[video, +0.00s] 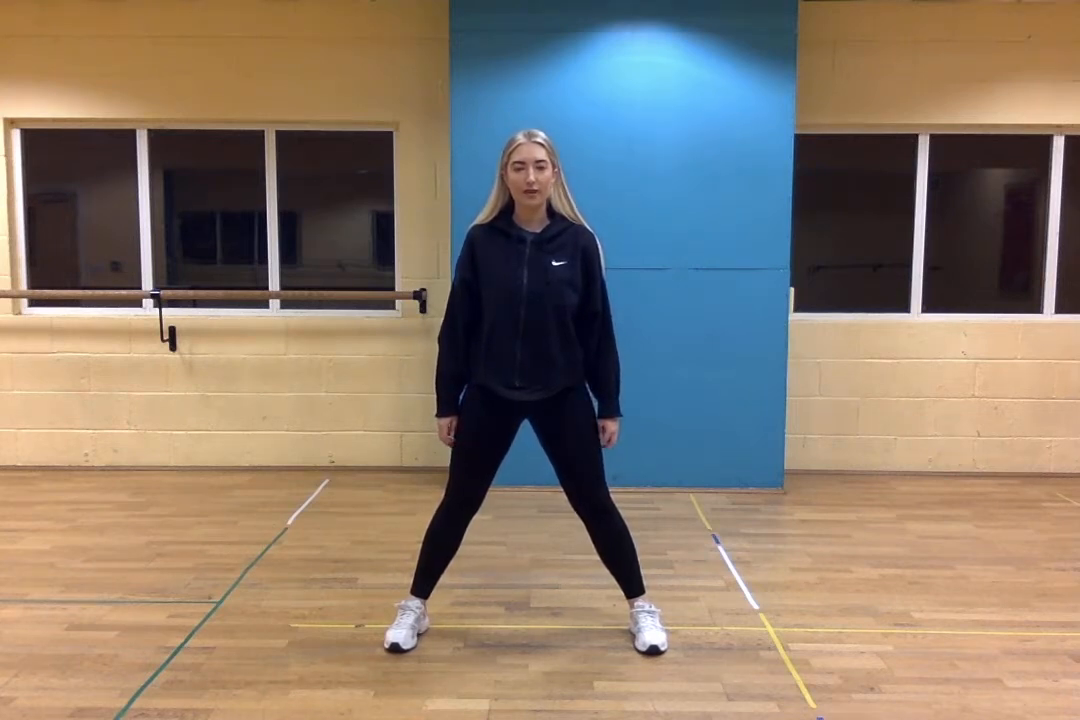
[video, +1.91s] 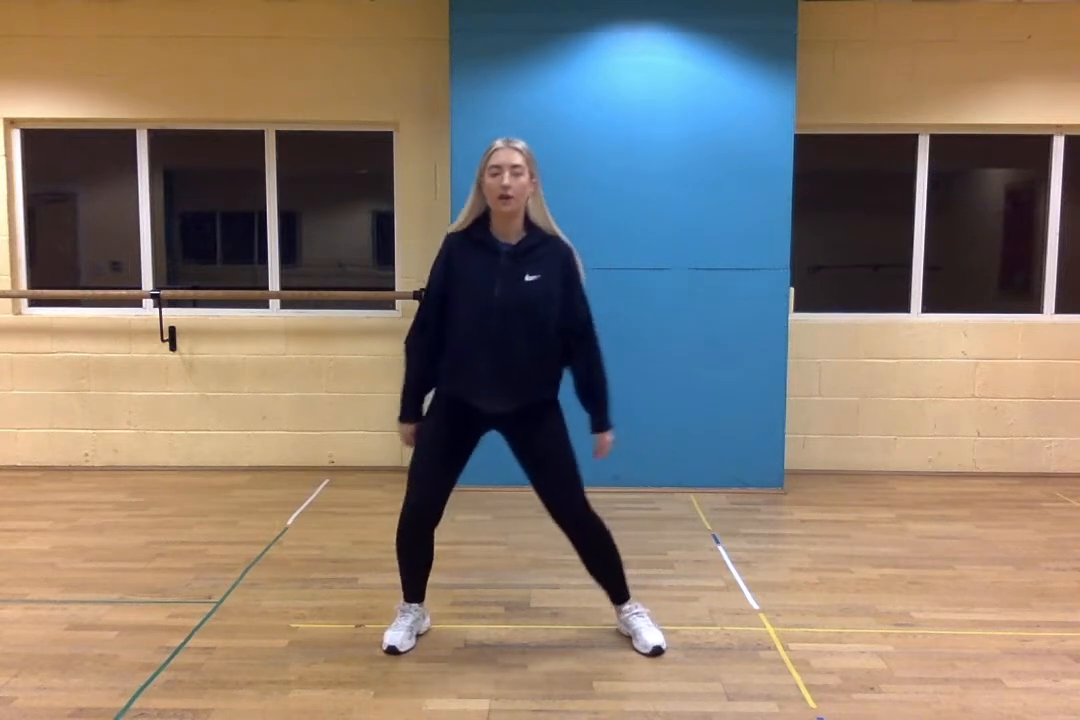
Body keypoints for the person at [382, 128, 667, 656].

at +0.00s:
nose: (531, 175)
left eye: (540, 165)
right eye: (520, 166)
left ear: (554, 174)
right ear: (505, 176)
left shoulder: (579, 240)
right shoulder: (482, 238)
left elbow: (597, 325)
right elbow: (457, 321)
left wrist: (608, 404)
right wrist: (447, 402)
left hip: (561, 394)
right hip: (490, 394)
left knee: (594, 503)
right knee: (459, 501)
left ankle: (641, 607)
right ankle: (414, 606)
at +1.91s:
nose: (506, 181)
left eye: (516, 172)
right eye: (496, 172)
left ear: (532, 183)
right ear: (482, 183)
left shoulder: (555, 254)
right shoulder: (458, 247)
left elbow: (581, 336)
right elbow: (426, 327)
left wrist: (599, 415)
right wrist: (411, 408)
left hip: (531, 403)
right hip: (459, 400)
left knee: (572, 510)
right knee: (418, 509)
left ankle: (627, 608)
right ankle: (412, 608)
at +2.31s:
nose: (537, 175)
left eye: (546, 166)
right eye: (526, 167)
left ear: (561, 175)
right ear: (511, 179)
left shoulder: (588, 240)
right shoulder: (491, 242)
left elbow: (607, 316)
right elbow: (469, 323)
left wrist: (596, 383)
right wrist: (469, 400)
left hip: (580, 390)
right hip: (510, 392)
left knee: (614, 505)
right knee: (468, 504)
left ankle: (634, 610)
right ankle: (417, 607)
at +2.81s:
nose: (508, 177)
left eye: (518, 169)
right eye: (498, 169)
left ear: (532, 179)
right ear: (483, 179)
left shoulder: (554, 247)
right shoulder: (458, 242)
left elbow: (579, 328)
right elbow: (436, 317)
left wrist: (602, 406)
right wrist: (432, 393)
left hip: (536, 397)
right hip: (465, 395)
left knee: (577, 507)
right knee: (423, 508)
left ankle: (626, 608)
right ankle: (412, 608)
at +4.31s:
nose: (546, 185)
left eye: (555, 175)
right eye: (535, 177)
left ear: (570, 184)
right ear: (521, 188)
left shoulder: (596, 251)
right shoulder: (500, 253)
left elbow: (620, 334)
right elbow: (477, 331)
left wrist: (631, 413)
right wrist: (472, 404)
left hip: (589, 403)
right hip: (517, 403)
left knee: (626, 512)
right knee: (464, 508)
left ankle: (636, 611)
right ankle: (417, 607)